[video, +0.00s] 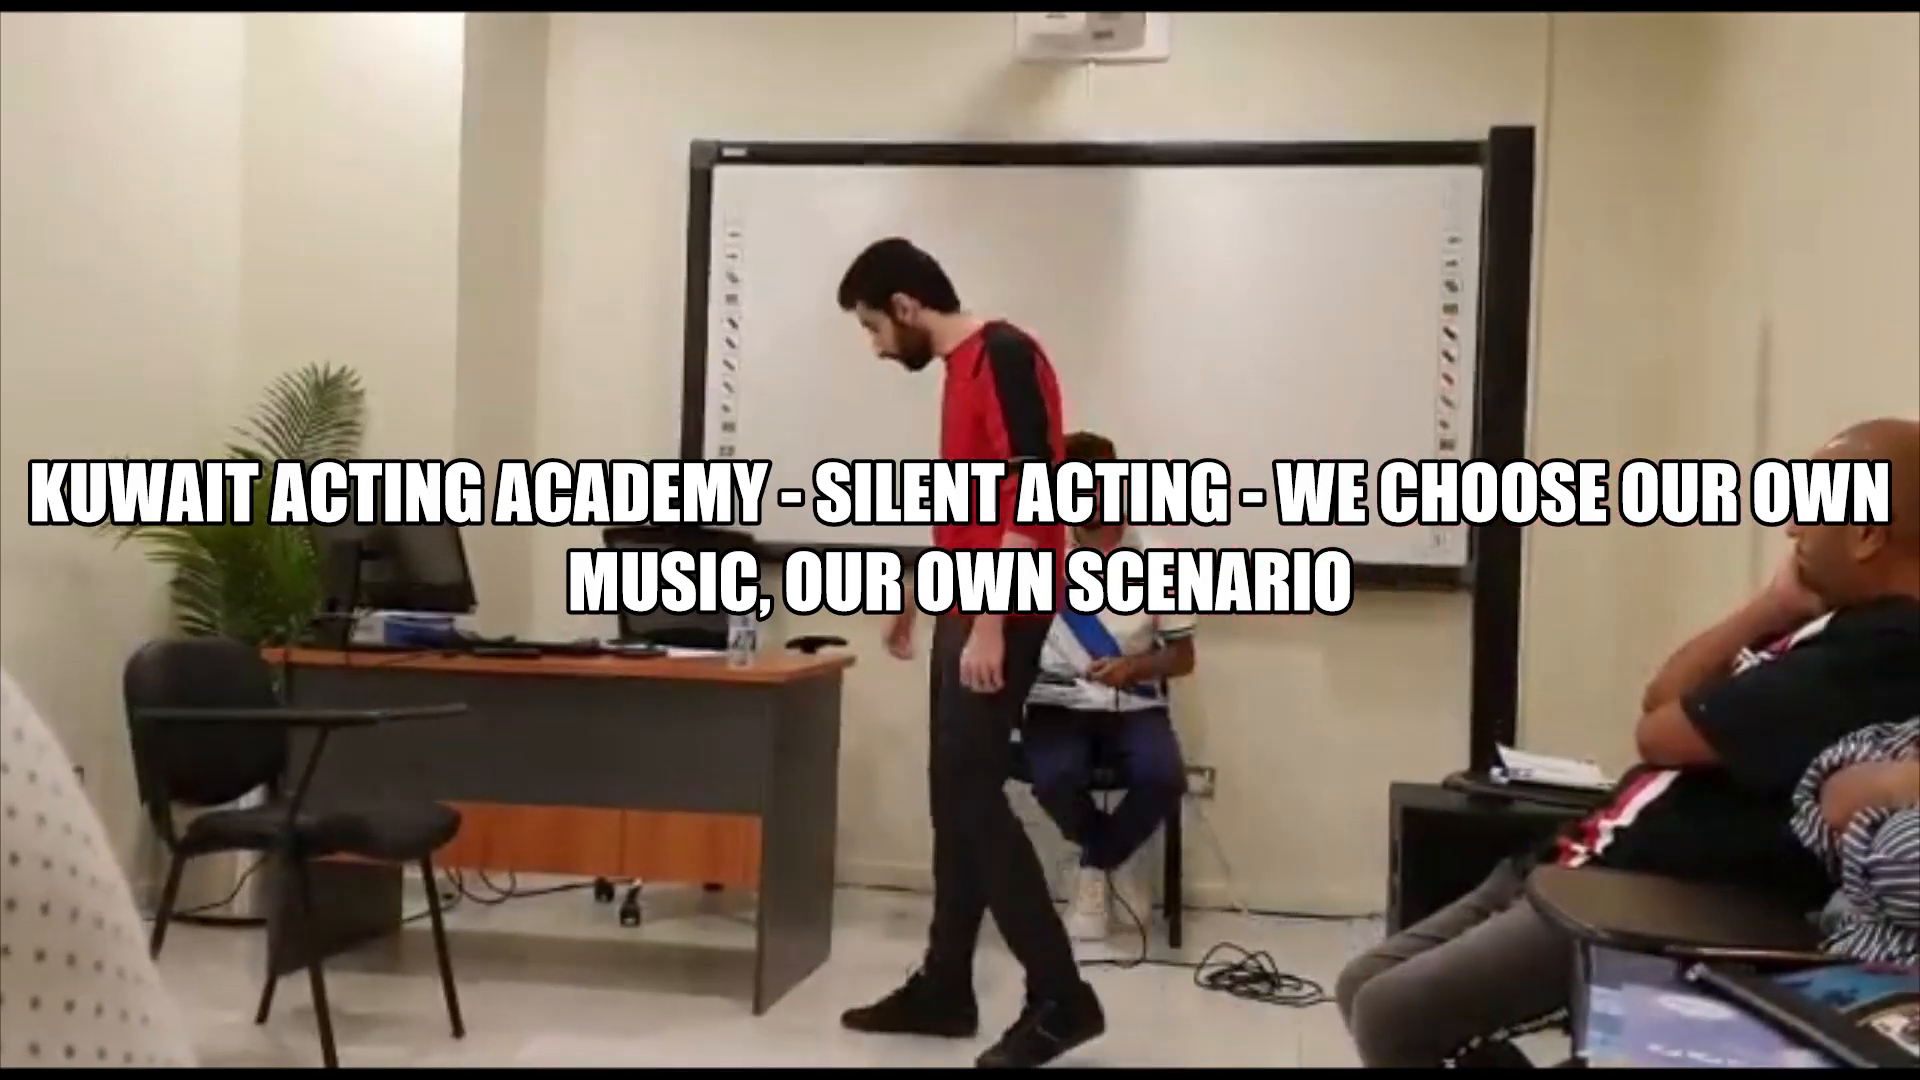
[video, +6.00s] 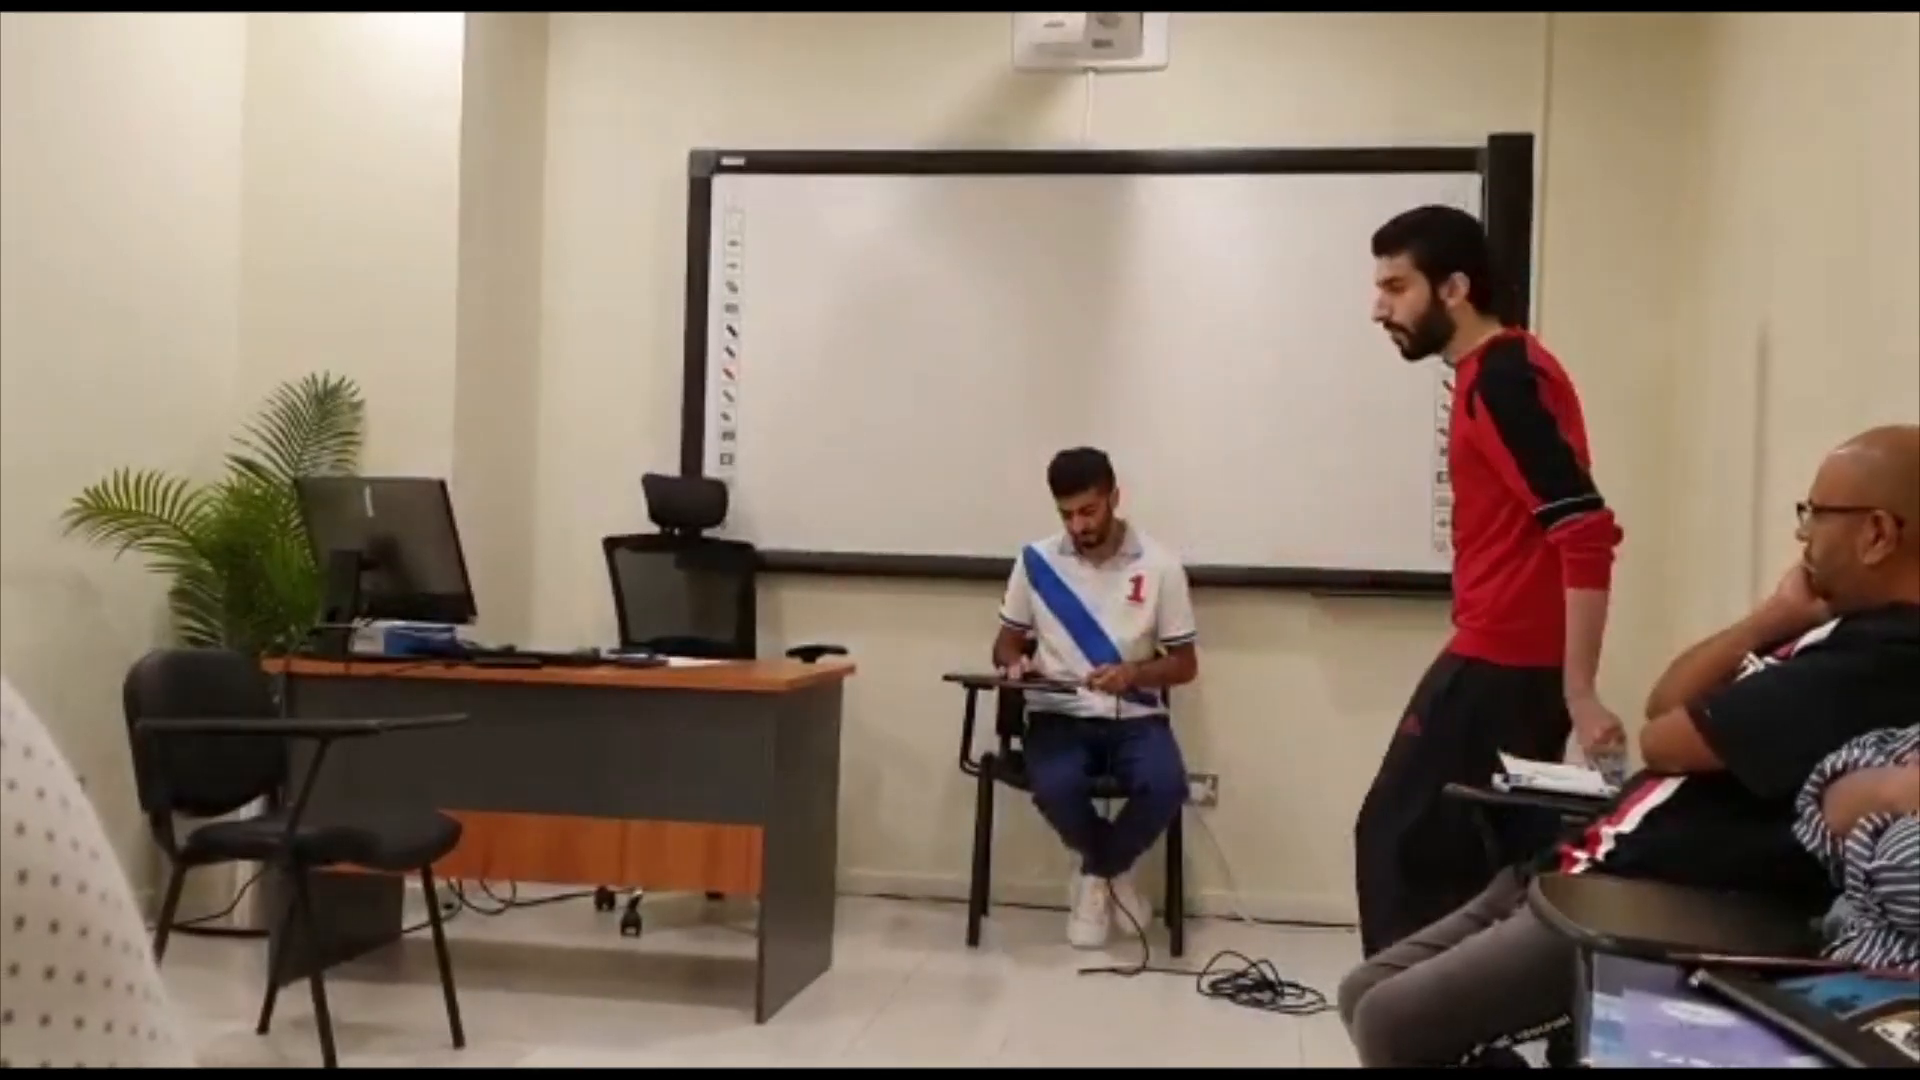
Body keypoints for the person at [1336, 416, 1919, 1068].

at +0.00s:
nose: (1793, 534)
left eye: (1811, 513)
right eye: (1799, 512)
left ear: (1871, 534)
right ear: (1871, 535)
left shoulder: (1885, 645)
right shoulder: (1846, 625)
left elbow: (1664, 738)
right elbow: (1662, 697)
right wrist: (1781, 602)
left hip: (1633, 901)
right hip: (1585, 861)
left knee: (1389, 1016)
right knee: (1363, 983)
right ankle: (1500, 1062)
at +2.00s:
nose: (1795, 535)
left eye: (1806, 516)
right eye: (1798, 514)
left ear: (1874, 532)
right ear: (1874, 532)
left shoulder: (1883, 650)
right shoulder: (1847, 626)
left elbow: (1666, 739)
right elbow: (1665, 700)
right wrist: (1783, 606)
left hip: (1632, 907)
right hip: (1581, 864)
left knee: (1388, 1019)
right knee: (1364, 985)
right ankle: (1486, 1061)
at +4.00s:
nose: (1801, 534)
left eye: (1814, 514)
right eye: (1806, 513)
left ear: (1880, 533)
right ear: (1881, 533)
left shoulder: (1884, 650)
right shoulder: (1854, 627)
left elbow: (1663, 741)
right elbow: (1662, 701)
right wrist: (1778, 612)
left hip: (1641, 906)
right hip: (1589, 862)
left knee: (1387, 1021)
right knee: (1363, 988)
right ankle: (1486, 1060)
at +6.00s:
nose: (1800, 538)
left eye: (1813, 517)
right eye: (1804, 516)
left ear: (1880, 534)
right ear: (1880, 534)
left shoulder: (1882, 654)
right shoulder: (1854, 629)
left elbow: (1664, 745)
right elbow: (1665, 703)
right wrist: (1779, 614)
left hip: (1638, 907)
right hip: (1589, 866)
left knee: (1389, 1024)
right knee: (1364, 990)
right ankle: (1488, 1062)